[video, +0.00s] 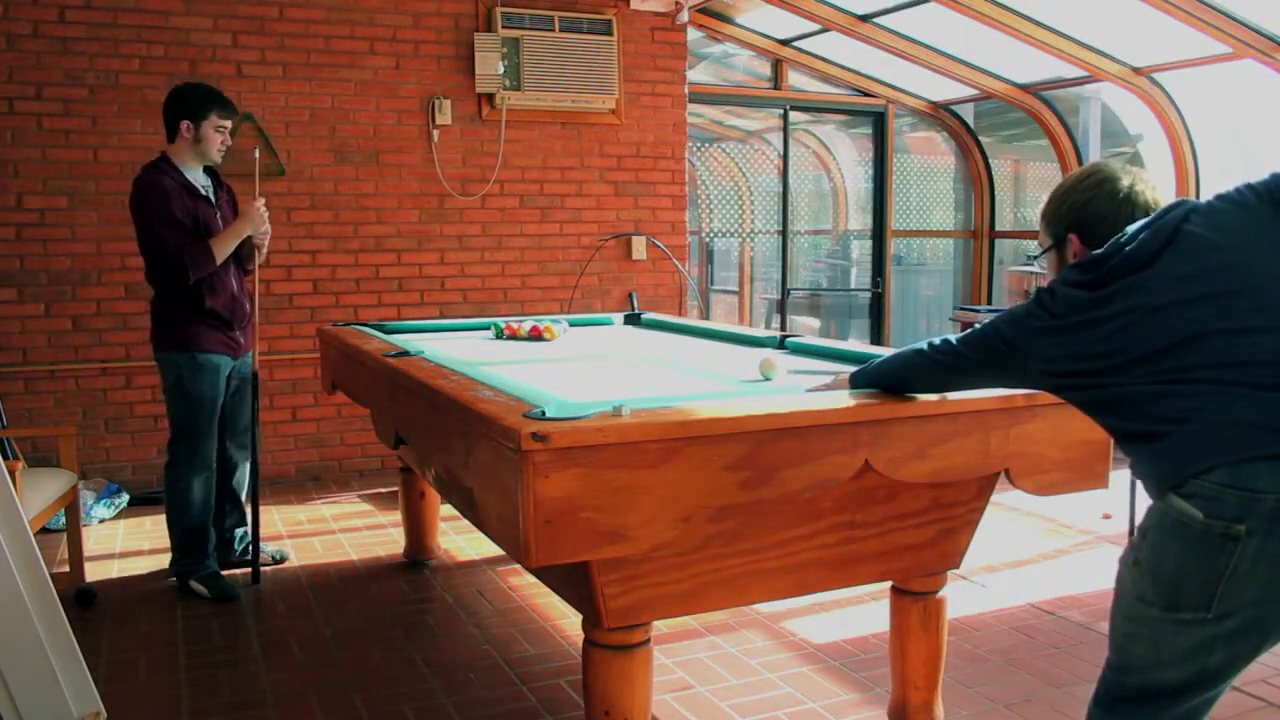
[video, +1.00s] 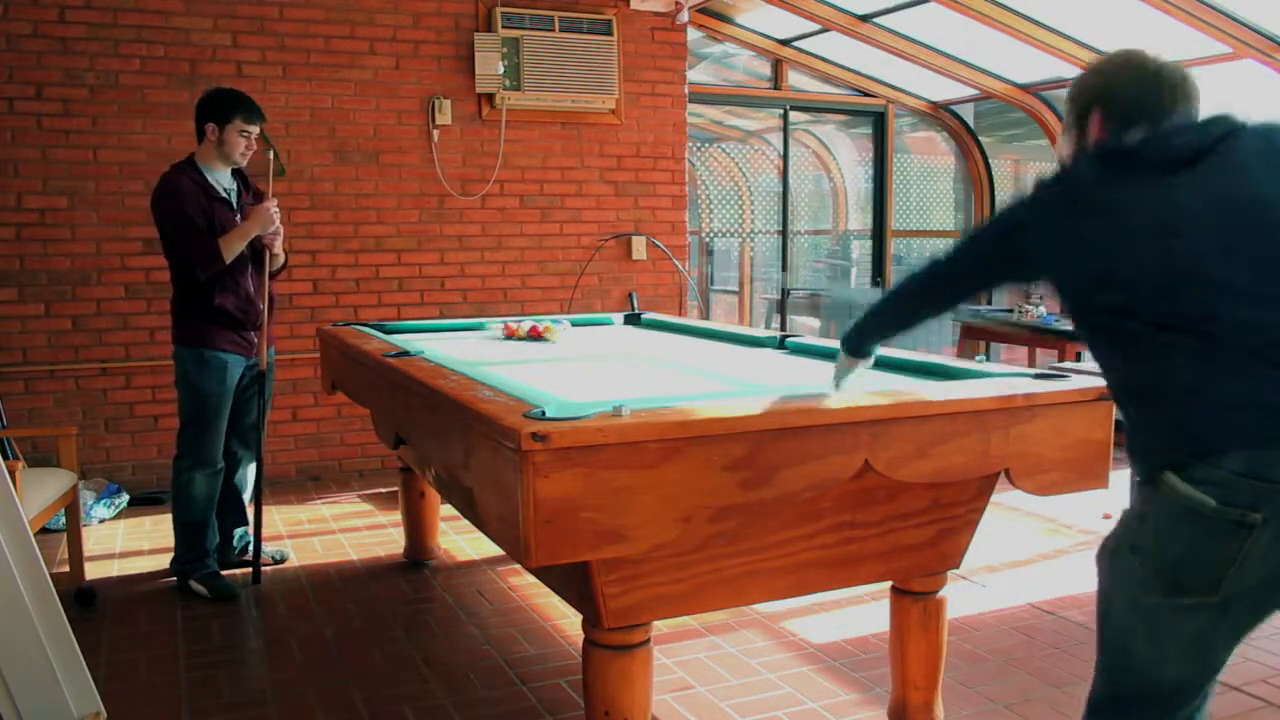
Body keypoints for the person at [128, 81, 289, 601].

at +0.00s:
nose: (229, 140)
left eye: (230, 131)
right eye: (220, 129)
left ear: (208, 134)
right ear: (186, 129)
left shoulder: (219, 188)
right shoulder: (155, 185)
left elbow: (238, 265)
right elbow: (182, 267)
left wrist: (257, 245)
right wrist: (240, 227)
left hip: (234, 339)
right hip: (191, 342)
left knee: (234, 452)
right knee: (195, 457)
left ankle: (231, 545)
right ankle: (193, 565)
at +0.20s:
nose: (234, 139)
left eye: (237, 130)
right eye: (225, 129)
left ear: (231, 134)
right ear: (191, 129)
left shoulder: (229, 189)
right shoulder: (161, 185)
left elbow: (246, 265)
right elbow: (186, 268)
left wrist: (263, 245)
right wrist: (243, 227)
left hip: (238, 340)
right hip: (195, 342)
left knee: (236, 453)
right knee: (197, 458)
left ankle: (230, 545)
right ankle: (193, 564)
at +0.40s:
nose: (240, 140)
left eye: (243, 131)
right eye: (231, 130)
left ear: (240, 136)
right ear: (198, 130)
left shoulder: (237, 190)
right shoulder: (166, 186)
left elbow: (255, 267)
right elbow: (188, 267)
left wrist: (266, 248)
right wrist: (244, 227)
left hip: (240, 341)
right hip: (197, 342)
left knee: (237, 453)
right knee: (198, 458)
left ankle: (231, 545)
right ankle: (194, 565)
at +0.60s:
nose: (246, 142)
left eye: (250, 133)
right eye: (237, 131)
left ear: (250, 138)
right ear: (205, 130)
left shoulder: (240, 187)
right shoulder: (170, 188)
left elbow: (266, 266)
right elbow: (189, 268)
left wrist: (271, 250)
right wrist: (242, 227)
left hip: (247, 340)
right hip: (201, 342)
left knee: (238, 452)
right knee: (199, 457)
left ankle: (230, 545)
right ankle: (193, 565)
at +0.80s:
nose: (250, 143)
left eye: (255, 134)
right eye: (242, 132)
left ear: (253, 139)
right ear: (210, 131)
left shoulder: (245, 188)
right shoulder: (174, 188)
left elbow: (270, 268)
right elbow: (193, 264)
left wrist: (272, 248)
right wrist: (244, 226)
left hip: (252, 340)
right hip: (205, 342)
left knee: (239, 452)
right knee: (200, 457)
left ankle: (230, 545)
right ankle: (192, 565)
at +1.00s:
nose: (252, 143)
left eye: (255, 135)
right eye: (244, 133)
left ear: (252, 139)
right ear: (211, 131)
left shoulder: (244, 189)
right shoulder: (176, 187)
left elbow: (268, 268)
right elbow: (198, 263)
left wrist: (274, 248)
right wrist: (251, 226)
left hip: (251, 340)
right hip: (207, 342)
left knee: (241, 452)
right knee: (203, 456)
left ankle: (230, 544)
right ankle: (192, 564)